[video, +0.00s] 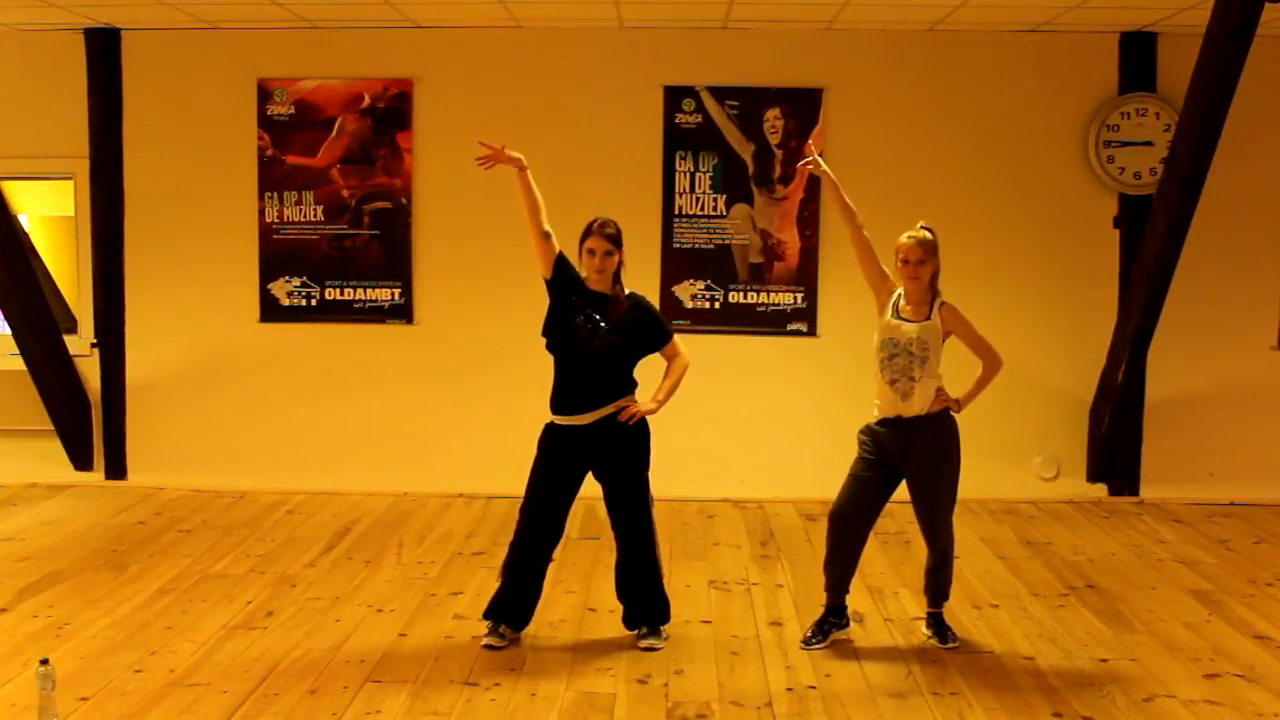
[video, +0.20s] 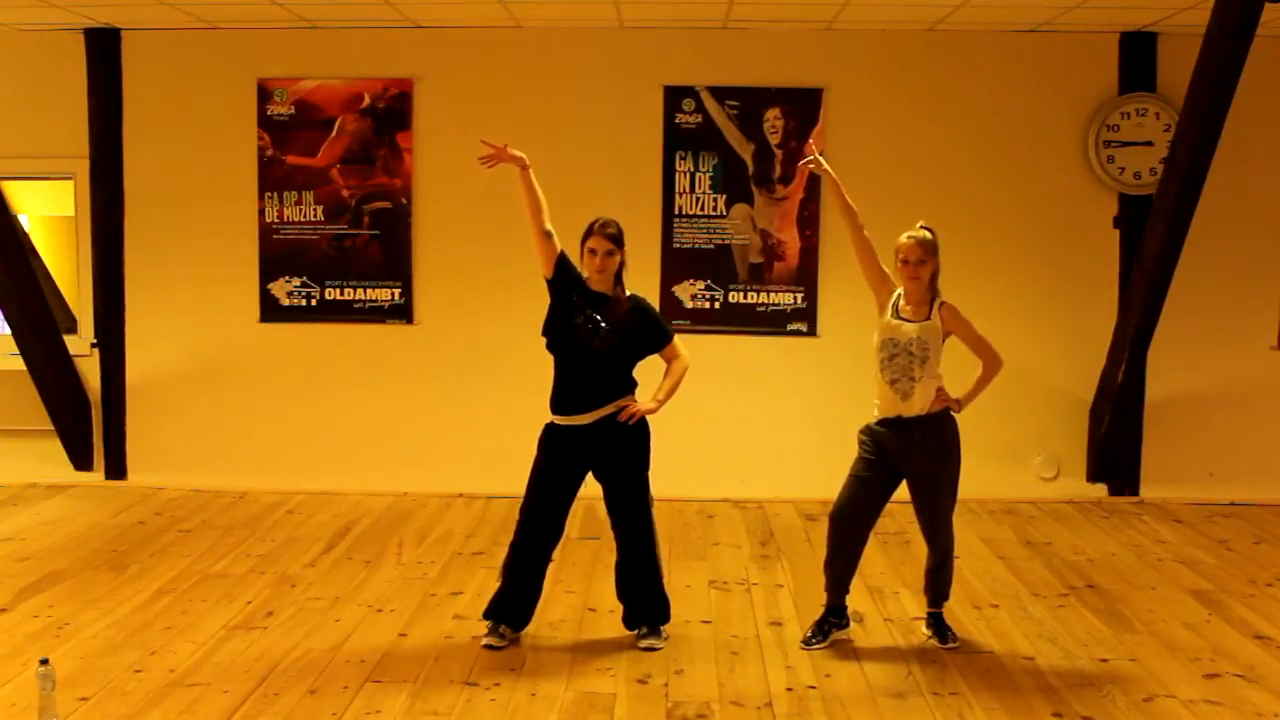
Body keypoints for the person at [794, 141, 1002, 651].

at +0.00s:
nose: (906, 268)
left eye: (915, 262)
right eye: (901, 261)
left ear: (933, 265)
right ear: (895, 262)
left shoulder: (944, 315)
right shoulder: (888, 298)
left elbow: (993, 361)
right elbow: (855, 226)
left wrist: (961, 401)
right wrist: (823, 171)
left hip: (933, 435)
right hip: (883, 435)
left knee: (939, 531)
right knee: (844, 519)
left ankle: (936, 615)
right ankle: (834, 612)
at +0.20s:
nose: (906, 268)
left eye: (915, 262)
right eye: (901, 261)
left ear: (933, 265)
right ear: (895, 262)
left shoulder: (944, 315)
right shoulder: (888, 298)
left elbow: (993, 361)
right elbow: (855, 227)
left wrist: (961, 401)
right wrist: (826, 171)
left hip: (933, 435)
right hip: (883, 435)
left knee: (939, 531)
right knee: (844, 518)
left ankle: (936, 615)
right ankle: (834, 612)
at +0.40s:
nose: (906, 268)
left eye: (915, 262)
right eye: (901, 261)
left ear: (933, 265)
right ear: (895, 263)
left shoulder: (944, 314)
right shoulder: (888, 299)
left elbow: (993, 361)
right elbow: (856, 227)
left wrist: (962, 401)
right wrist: (826, 171)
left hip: (933, 435)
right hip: (883, 435)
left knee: (939, 531)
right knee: (844, 519)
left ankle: (936, 615)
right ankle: (834, 612)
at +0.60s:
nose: (906, 269)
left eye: (914, 262)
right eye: (901, 262)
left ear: (932, 264)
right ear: (894, 263)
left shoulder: (943, 314)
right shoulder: (887, 299)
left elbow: (993, 361)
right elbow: (855, 227)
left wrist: (961, 401)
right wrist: (825, 170)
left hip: (933, 435)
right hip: (883, 435)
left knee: (939, 532)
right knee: (845, 519)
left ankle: (936, 615)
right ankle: (834, 612)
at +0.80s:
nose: (905, 268)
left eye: (914, 262)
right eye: (901, 261)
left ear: (932, 265)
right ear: (894, 263)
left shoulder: (943, 314)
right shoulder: (888, 299)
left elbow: (994, 361)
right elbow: (855, 228)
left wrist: (961, 401)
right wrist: (825, 170)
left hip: (933, 436)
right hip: (883, 436)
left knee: (939, 532)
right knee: (845, 519)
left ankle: (936, 615)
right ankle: (834, 612)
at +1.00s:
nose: (907, 269)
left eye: (916, 262)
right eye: (902, 262)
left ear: (934, 265)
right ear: (895, 263)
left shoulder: (944, 314)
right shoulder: (888, 299)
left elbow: (994, 362)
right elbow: (856, 228)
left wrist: (962, 402)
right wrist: (824, 173)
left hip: (933, 435)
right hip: (883, 435)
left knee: (939, 533)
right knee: (845, 519)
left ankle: (936, 615)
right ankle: (834, 612)